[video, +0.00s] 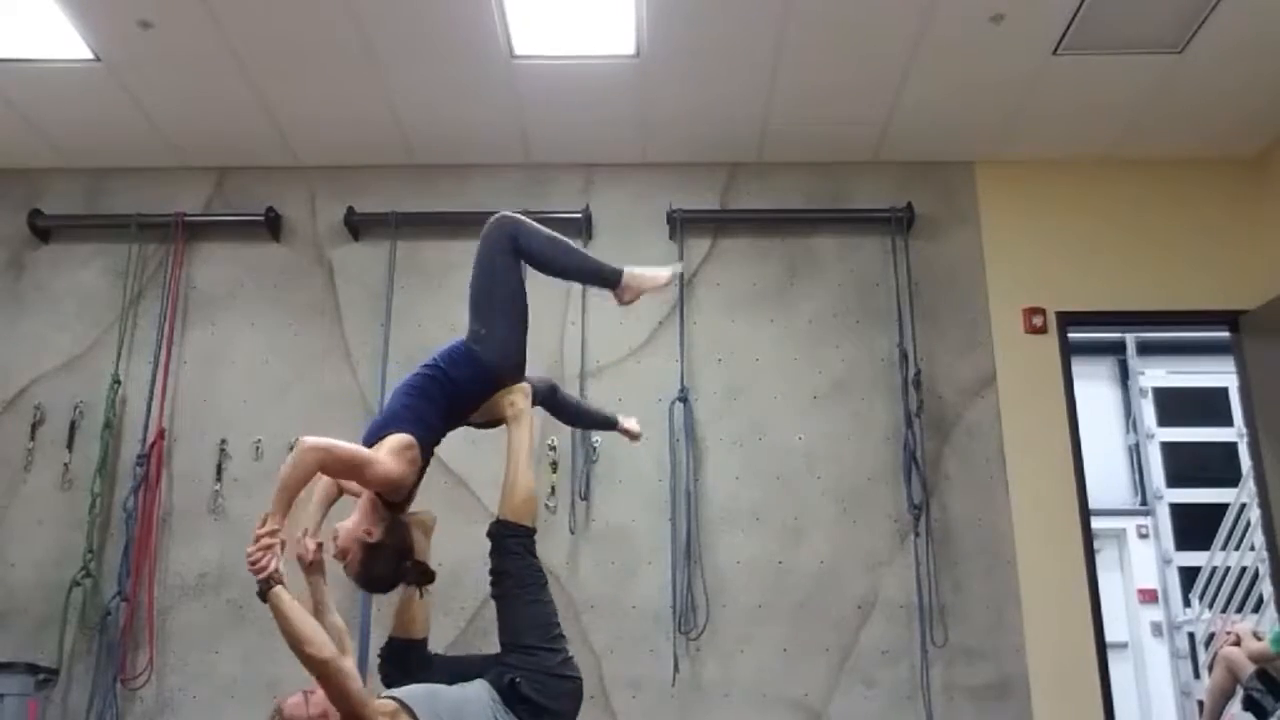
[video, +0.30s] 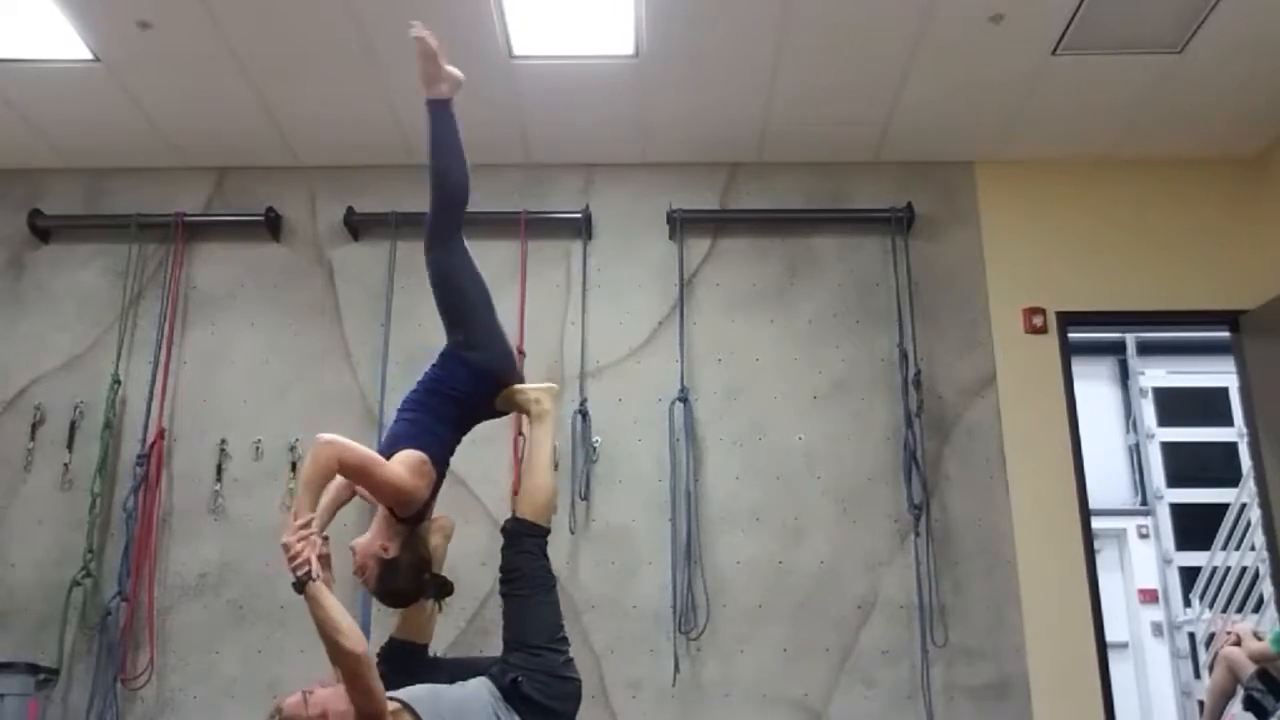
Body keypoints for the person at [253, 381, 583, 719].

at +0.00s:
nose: (310, 692)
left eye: (304, 696)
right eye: (306, 703)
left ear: (320, 700)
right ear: (318, 716)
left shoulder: (366, 705)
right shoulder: (372, 713)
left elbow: (339, 651)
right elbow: (326, 659)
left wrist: (314, 580)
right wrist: (269, 586)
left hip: (512, 686)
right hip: (541, 691)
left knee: (404, 669)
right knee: (512, 546)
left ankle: (419, 542)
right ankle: (520, 415)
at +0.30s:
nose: (312, 693)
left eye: (305, 696)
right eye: (310, 707)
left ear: (322, 690)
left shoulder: (374, 704)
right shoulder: (379, 715)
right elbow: (351, 650)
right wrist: (311, 580)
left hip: (512, 682)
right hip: (540, 696)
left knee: (400, 664)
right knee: (524, 540)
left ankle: (434, 539)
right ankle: (540, 413)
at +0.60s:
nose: (313, 694)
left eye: (304, 695)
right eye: (310, 710)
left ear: (316, 687)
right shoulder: (376, 711)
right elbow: (362, 640)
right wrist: (344, 553)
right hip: (539, 699)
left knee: (405, 658)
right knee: (519, 548)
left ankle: (443, 534)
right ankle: (529, 412)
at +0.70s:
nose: (314, 692)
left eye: (304, 694)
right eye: (309, 709)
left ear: (315, 687)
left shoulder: (376, 699)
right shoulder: (377, 711)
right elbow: (365, 638)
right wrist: (342, 552)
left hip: (515, 685)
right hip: (543, 698)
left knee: (405, 648)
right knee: (518, 550)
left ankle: (450, 524)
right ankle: (527, 418)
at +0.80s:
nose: (319, 687)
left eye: (309, 692)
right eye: (313, 703)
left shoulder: (382, 703)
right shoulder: (380, 712)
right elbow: (374, 635)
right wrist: (353, 548)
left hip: (517, 688)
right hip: (547, 700)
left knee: (418, 635)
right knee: (519, 553)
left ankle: (465, 500)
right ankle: (521, 430)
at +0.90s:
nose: (320, 688)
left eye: (310, 693)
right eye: (314, 703)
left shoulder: (376, 702)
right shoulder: (381, 710)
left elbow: (370, 630)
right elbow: (377, 629)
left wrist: (350, 543)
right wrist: (356, 540)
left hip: (516, 689)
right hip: (549, 700)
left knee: (429, 628)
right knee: (522, 557)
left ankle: (468, 501)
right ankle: (528, 429)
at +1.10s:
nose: (317, 687)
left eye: (307, 691)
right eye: (310, 701)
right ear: (325, 718)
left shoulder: (378, 699)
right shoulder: (381, 709)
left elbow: (376, 634)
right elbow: (380, 633)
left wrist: (359, 561)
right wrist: (365, 556)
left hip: (515, 693)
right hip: (549, 699)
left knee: (452, 601)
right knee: (510, 558)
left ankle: (478, 474)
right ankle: (537, 438)